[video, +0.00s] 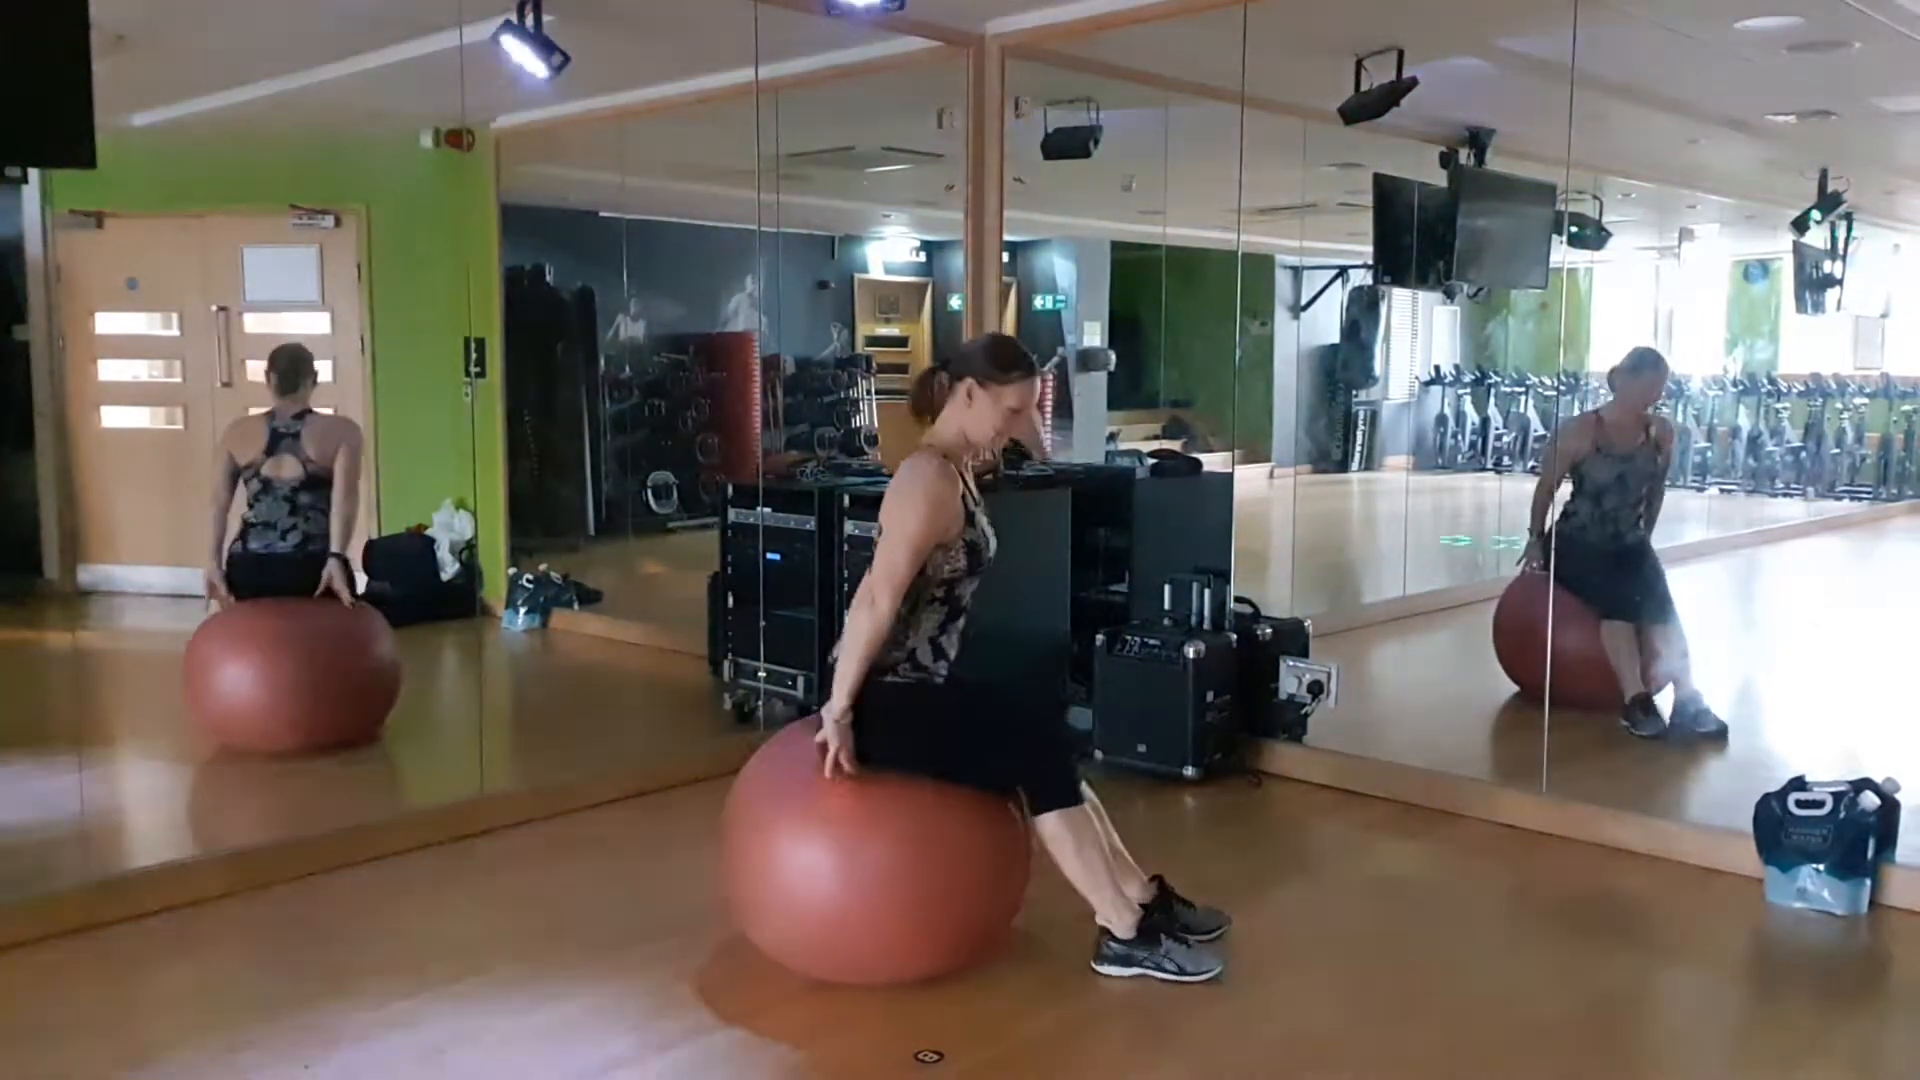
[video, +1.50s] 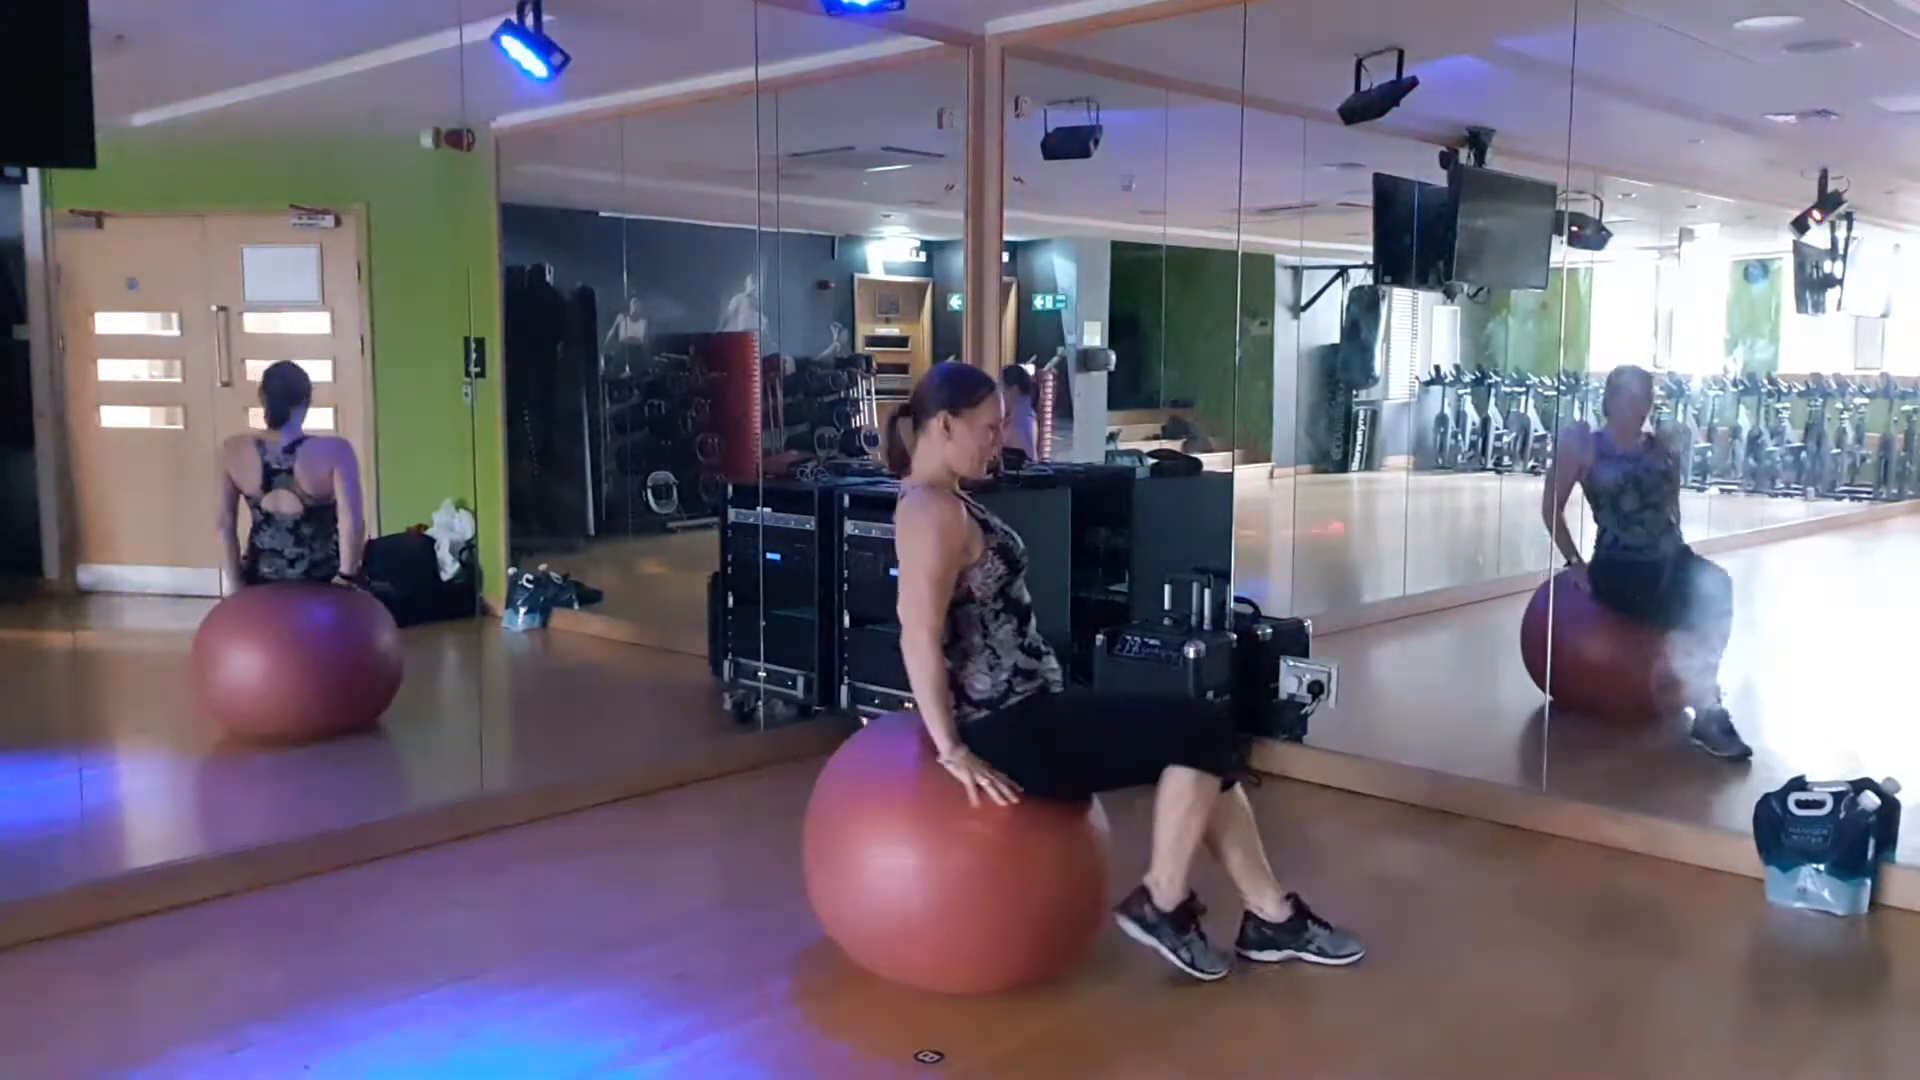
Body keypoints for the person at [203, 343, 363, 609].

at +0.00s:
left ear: (269, 380)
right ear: (313, 380)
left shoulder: (239, 432)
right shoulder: (341, 431)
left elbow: (219, 504)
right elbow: (343, 495)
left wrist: (213, 563)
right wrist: (337, 555)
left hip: (250, 570)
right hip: (314, 569)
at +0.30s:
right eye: (313, 379)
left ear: (269, 383)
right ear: (311, 381)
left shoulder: (236, 431)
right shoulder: (339, 430)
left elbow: (218, 497)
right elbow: (347, 490)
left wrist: (204, 558)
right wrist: (340, 545)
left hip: (235, 562)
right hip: (305, 563)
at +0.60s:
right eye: (313, 386)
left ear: (271, 384)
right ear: (314, 386)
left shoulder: (234, 433)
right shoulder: (338, 433)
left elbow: (213, 499)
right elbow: (342, 494)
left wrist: (199, 560)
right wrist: (331, 555)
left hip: (235, 567)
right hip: (299, 568)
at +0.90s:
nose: (305, 386)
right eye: (303, 379)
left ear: (260, 383)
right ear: (299, 382)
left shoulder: (228, 436)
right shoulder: (330, 430)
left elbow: (216, 512)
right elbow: (342, 492)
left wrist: (212, 575)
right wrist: (332, 554)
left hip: (242, 569)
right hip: (306, 568)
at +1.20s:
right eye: (304, 381)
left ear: (259, 386)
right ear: (303, 386)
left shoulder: (231, 437)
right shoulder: (332, 437)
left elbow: (218, 507)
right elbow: (344, 506)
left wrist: (218, 572)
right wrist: (338, 564)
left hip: (250, 568)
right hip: (312, 567)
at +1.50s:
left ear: (262, 398)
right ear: (307, 400)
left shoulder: (234, 450)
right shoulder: (335, 452)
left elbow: (225, 525)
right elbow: (352, 525)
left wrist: (235, 586)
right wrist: (346, 576)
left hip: (262, 582)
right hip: (321, 581)